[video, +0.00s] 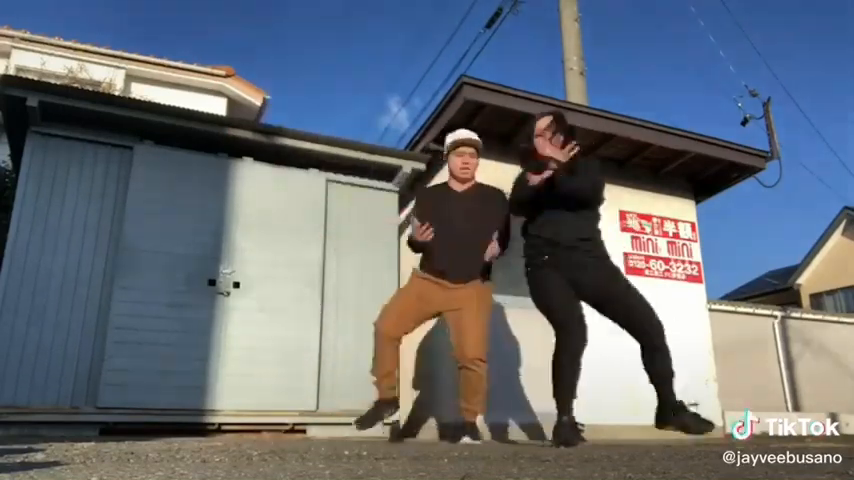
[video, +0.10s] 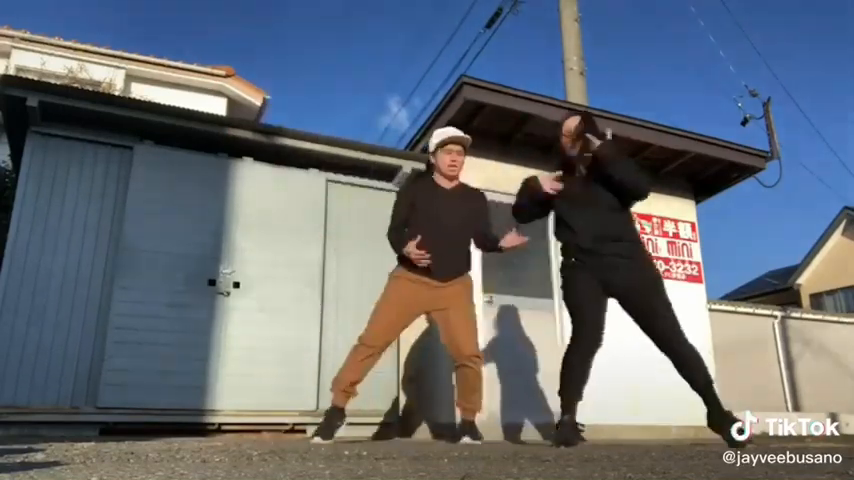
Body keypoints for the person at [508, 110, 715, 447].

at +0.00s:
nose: (539, 140)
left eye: (546, 134)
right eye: (536, 136)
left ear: (565, 139)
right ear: (532, 143)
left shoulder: (586, 166)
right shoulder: (529, 176)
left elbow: (591, 194)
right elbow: (517, 205)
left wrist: (553, 174)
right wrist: (542, 179)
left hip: (590, 263)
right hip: (546, 267)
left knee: (649, 327)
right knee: (571, 331)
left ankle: (668, 408)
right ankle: (565, 420)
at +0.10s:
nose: (571, 142)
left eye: (578, 136)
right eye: (566, 137)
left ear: (592, 139)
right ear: (561, 141)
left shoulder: (612, 166)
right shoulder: (557, 179)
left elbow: (640, 189)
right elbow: (523, 214)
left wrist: (603, 152)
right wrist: (535, 188)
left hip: (629, 263)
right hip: (582, 267)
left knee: (673, 340)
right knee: (586, 337)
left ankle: (717, 412)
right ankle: (567, 419)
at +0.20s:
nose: (598, 145)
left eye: (604, 138)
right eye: (593, 140)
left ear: (620, 138)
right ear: (588, 143)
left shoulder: (649, 172)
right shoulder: (585, 188)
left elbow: (698, 164)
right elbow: (549, 214)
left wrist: (667, 145)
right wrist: (522, 210)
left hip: (664, 267)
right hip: (614, 272)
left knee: (695, 344)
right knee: (599, 340)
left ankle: (725, 420)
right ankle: (571, 416)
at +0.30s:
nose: (615, 132)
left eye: (621, 125)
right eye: (609, 128)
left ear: (636, 127)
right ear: (606, 135)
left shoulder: (678, 156)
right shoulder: (605, 175)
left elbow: (718, 144)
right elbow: (570, 206)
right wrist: (531, 215)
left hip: (682, 260)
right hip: (633, 261)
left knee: (703, 341)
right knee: (612, 332)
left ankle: (725, 422)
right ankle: (585, 412)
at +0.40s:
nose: (630, 125)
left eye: (635, 117)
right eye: (623, 122)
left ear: (652, 119)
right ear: (619, 132)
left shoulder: (689, 148)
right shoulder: (623, 168)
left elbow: (728, 125)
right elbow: (579, 191)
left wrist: (762, 92)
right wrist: (535, 199)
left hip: (692, 258)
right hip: (644, 258)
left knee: (708, 338)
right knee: (627, 329)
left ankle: (725, 422)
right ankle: (594, 409)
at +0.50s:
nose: (638, 124)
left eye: (644, 116)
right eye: (632, 120)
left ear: (660, 117)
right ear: (628, 128)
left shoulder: (695, 148)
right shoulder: (630, 164)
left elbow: (733, 120)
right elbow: (581, 183)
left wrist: (762, 94)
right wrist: (530, 190)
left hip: (696, 257)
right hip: (650, 256)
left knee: (708, 338)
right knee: (628, 329)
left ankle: (724, 421)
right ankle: (598, 408)